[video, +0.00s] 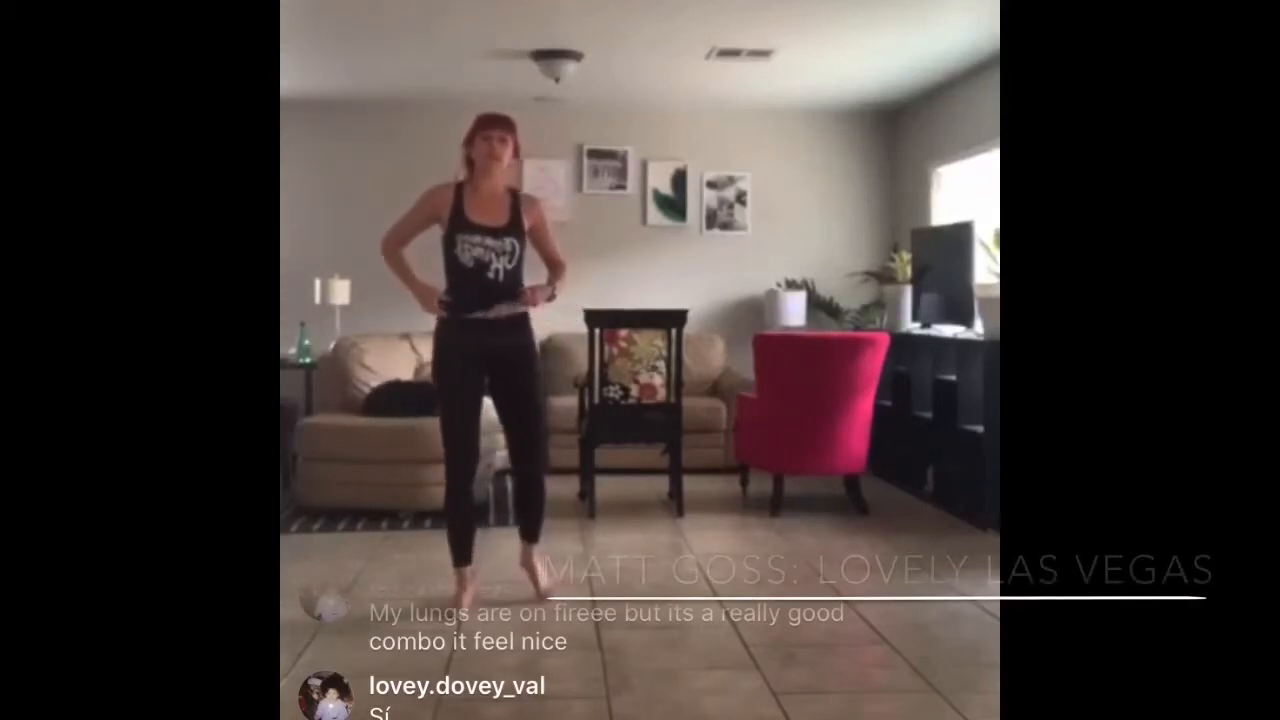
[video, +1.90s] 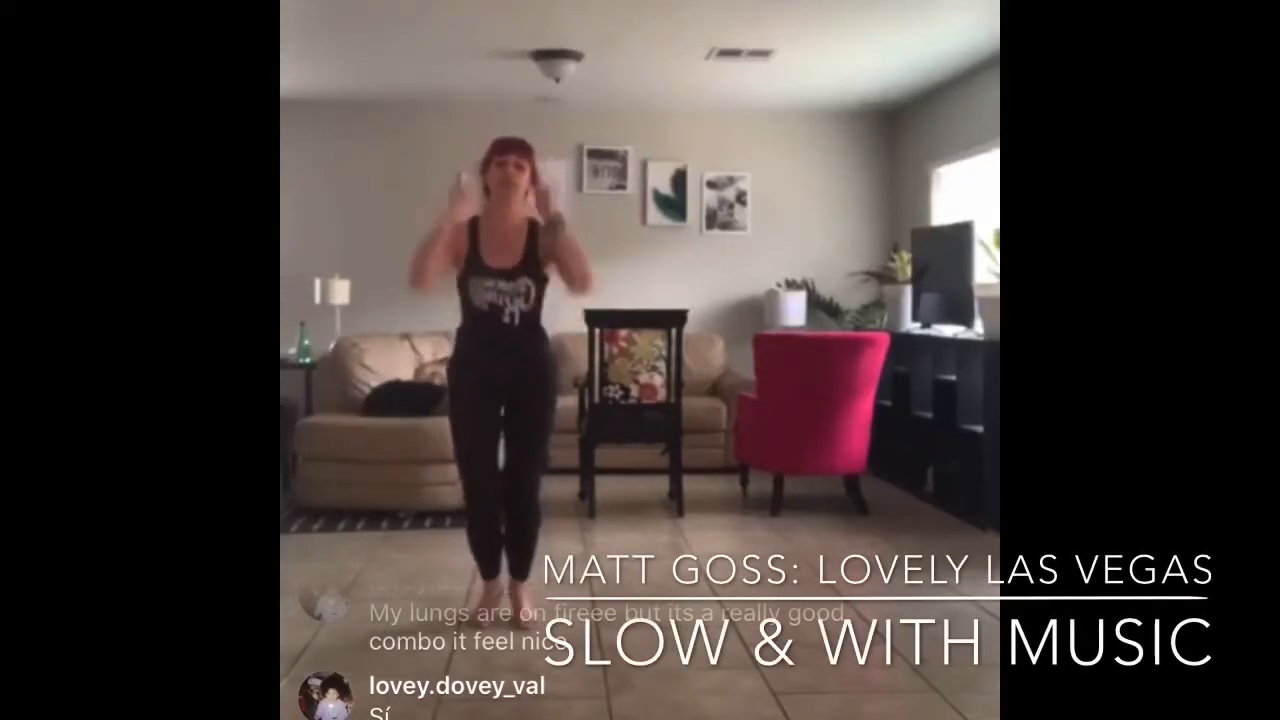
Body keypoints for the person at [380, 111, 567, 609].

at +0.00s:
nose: (492, 148)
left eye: (501, 141)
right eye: (484, 140)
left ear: (514, 154)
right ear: (469, 149)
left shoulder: (528, 207)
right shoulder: (445, 198)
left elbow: (557, 265)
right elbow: (391, 245)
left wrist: (547, 290)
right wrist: (419, 289)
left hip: (513, 339)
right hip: (459, 340)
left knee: (531, 453)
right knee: (461, 461)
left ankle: (531, 551)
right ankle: (464, 579)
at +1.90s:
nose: (507, 172)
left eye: (518, 167)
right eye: (499, 165)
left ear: (530, 181)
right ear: (484, 177)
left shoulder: (544, 232)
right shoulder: (463, 230)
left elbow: (582, 283)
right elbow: (421, 279)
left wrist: (553, 219)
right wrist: (449, 217)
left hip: (529, 367)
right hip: (474, 366)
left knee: (523, 479)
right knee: (478, 480)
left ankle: (521, 583)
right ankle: (490, 582)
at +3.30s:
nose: (384, 145)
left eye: (394, 138)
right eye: (375, 136)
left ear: (409, 151)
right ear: (358, 145)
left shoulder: (420, 213)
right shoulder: (331, 203)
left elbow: (438, 263)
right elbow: (281, 212)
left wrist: (357, 267)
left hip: (393, 361)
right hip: (330, 360)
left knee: (482, 452)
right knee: (326, 477)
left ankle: (494, 578)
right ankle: (323, 595)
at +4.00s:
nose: (380, 145)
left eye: (388, 140)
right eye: (370, 134)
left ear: (393, 153)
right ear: (343, 138)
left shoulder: (394, 204)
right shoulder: (305, 201)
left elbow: (446, 224)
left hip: (380, 350)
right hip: (319, 351)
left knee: (439, 463)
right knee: (325, 474)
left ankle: (482, 581)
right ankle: (323, 592)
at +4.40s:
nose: (428, 137)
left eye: (431, 130)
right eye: (419, 126)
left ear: (421, 140)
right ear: (388, 128)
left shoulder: (421, 192)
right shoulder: (365, 190)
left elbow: (467, 218)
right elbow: (331, 230)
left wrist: (518, 227)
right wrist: (314, 249)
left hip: (428, 344)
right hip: (380, 345)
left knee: (449, 460)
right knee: (374, 464)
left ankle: (427, 588)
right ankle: (331, 587)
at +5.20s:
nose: (446, 135)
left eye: (457, 128)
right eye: (442, 126)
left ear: (479, 136)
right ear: (434, 132)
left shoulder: (494, 192)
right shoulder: (413, 193)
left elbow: (509, 272)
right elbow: (377, 262)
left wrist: (470, 315)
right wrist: (358, 317)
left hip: (480, 333)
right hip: (425, 333)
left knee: (463, 452)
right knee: (437, 453)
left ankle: (478, 576)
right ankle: (450, 568)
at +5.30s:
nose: (478, 143)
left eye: (485, 136)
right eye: (469, 133)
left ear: (493, 144)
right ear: (444, 138)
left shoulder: (499, 196)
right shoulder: (412, 197)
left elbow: (524, 269)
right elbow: (380, 272)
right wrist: (362, 341)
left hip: (488, 336)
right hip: (431, 337)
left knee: (488, 458)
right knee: (437, 457)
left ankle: (485, 575)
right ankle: (444, 568)